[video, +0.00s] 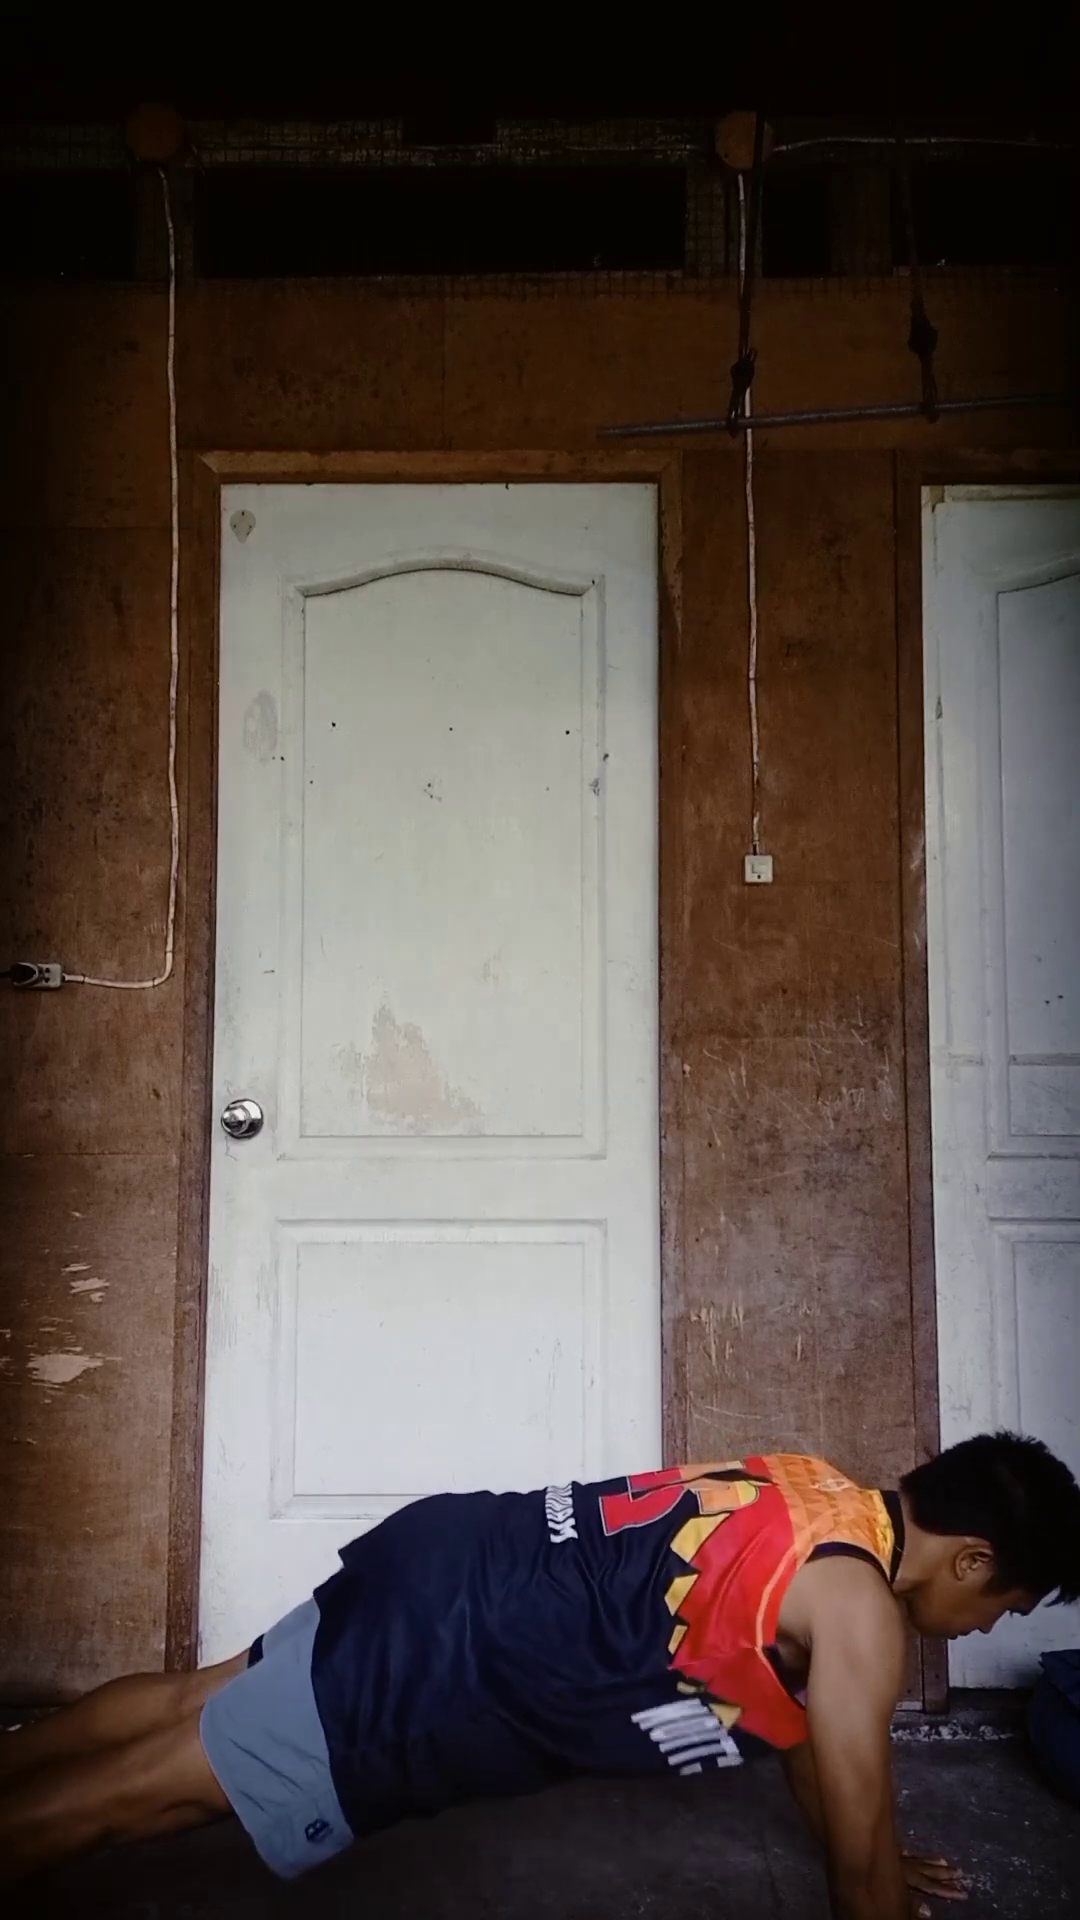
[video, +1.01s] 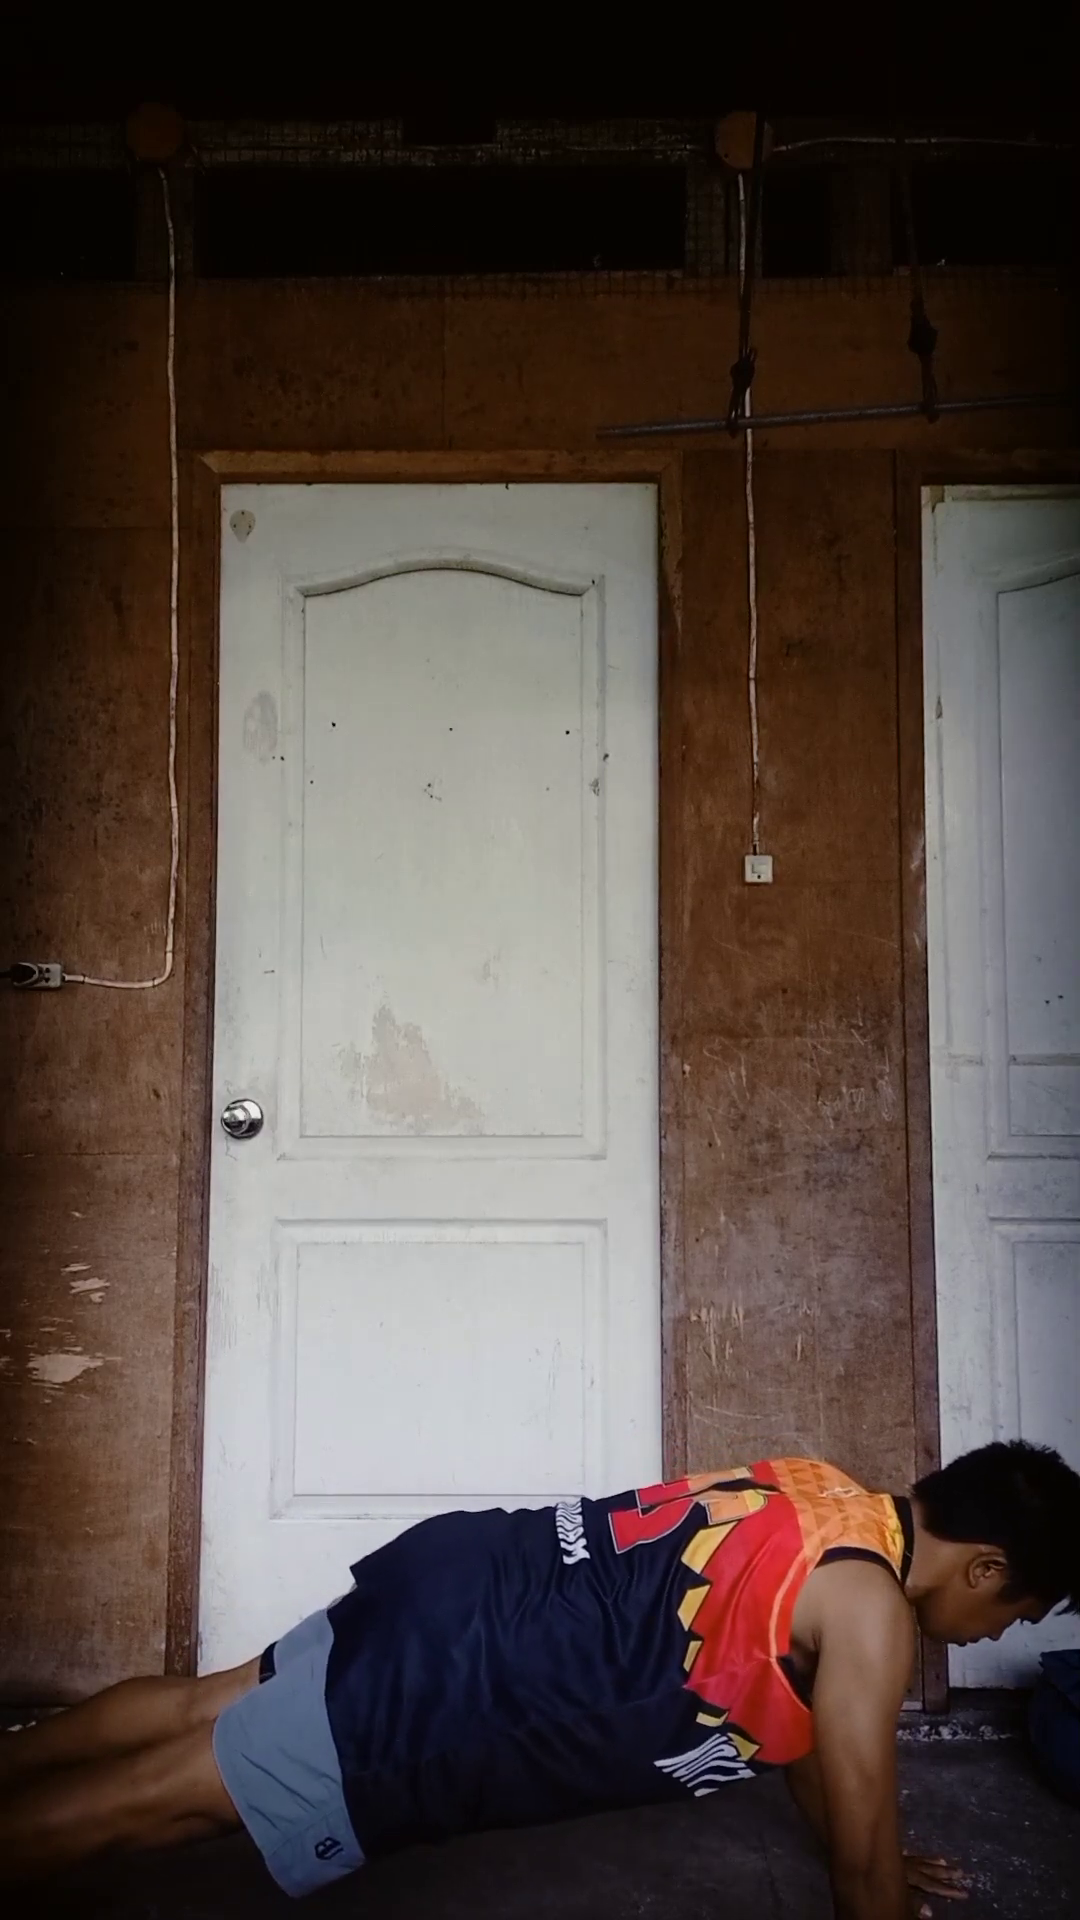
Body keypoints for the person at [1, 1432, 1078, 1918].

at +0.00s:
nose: (987, 1627)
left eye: (1008, 1608)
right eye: (1002, 1602)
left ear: (935, 1498)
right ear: (966, 1557)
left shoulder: (823, 1487)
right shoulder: (856, 1620)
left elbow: (806, 1713)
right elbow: (867, 1879)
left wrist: (877, 1850)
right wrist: (910, 1896)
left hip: (450, 1551)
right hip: (445, 1656)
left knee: (194, 1697)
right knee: (140, 1793)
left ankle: (1, 1766)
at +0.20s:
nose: (991, 1630)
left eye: (1013, 1613)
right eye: (1007, 1607)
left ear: (938, 1496)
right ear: (972, 1562)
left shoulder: (819, 1486)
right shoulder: (856, 1625)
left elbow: (788, 1700)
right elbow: (865, 1879)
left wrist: (866, 1845)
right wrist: (908, 1886)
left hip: (450, 1557)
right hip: (444, 1669)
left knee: (194, 1698)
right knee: (139, 1796)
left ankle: (1, 1766)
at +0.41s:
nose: (995, 1632)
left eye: (1017, 1615)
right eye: (1012, 1609)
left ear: (945, 1500)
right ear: (974, 1561)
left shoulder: (825, 1487)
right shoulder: (860, 1621)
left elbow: (798, 1705)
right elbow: (866, 1879)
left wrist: (866, 1847)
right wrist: (905, 1889)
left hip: (459, 1561)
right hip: (454, 1671)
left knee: (205, 1696)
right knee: (155, 1796)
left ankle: (4, 1766)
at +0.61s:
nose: (999, 1632)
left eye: (1020, 1615)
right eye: (1016, 1609)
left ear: (946, 1498)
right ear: (980, 1562)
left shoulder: (823, 1486)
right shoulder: (866, 1620)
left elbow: (797, 1700)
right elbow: (869, 1878)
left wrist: (873, 1844)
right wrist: (909, 1896)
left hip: (456, 1567)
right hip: (454, 1676)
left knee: (211, 1699)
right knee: (154, 1800)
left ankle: (4, 1765)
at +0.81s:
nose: (998, 1632)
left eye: (1019, 1614)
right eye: (1015, 1609)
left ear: (947, 1497)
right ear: (979, 1562)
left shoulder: (823, 1487)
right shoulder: (866, 1619)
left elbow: (803, 1701)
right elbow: (868, 1874)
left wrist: (871, 1844)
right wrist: (906, 1893)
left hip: (458, 1566)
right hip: (459, 1678)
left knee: (210, 1701)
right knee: (155, 1800)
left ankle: (3, 1765)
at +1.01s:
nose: (996, 1632)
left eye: (1017, 1615)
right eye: (1012, 1610)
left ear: (945, 1497)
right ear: (978, 1563)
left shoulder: (822, 1486)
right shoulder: (866, 1619)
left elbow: (797, 1702)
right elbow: (869, 1874)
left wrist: (874, 1843)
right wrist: (908, 1894)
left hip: (458, 1567)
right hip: (454, 1681)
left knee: (207, 1702)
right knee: (153, 1801)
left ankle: (3, 1764)